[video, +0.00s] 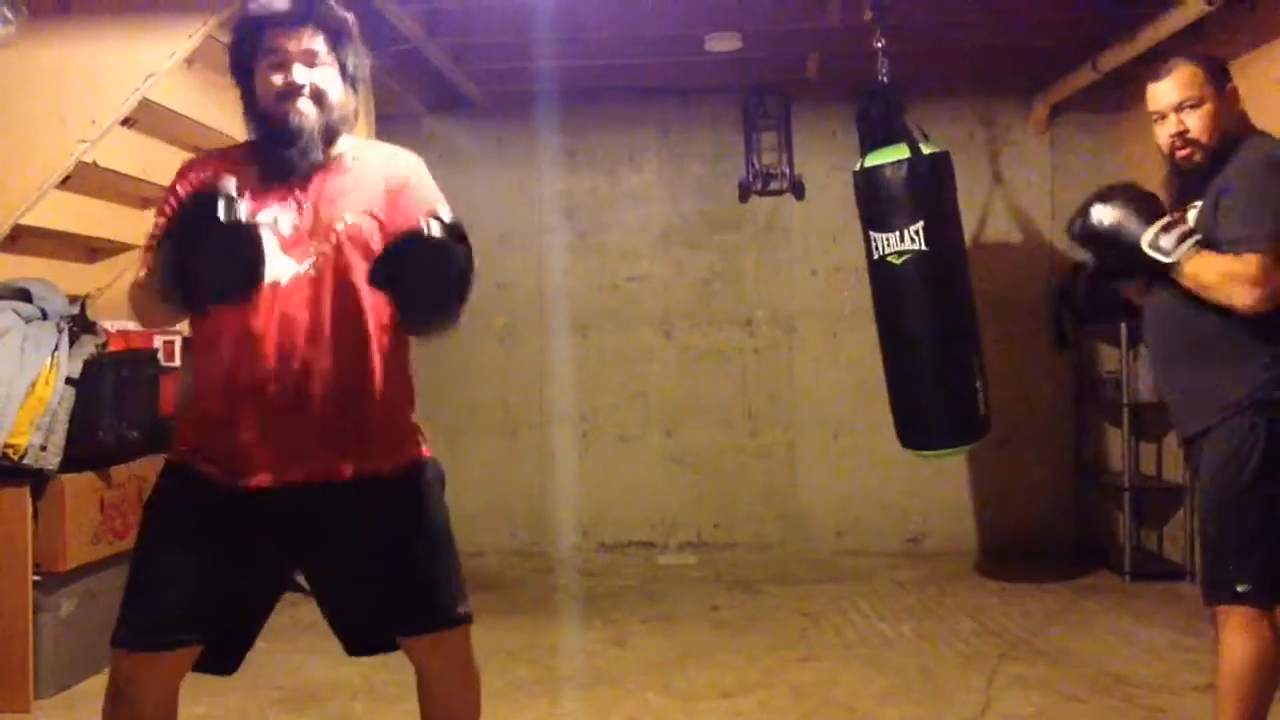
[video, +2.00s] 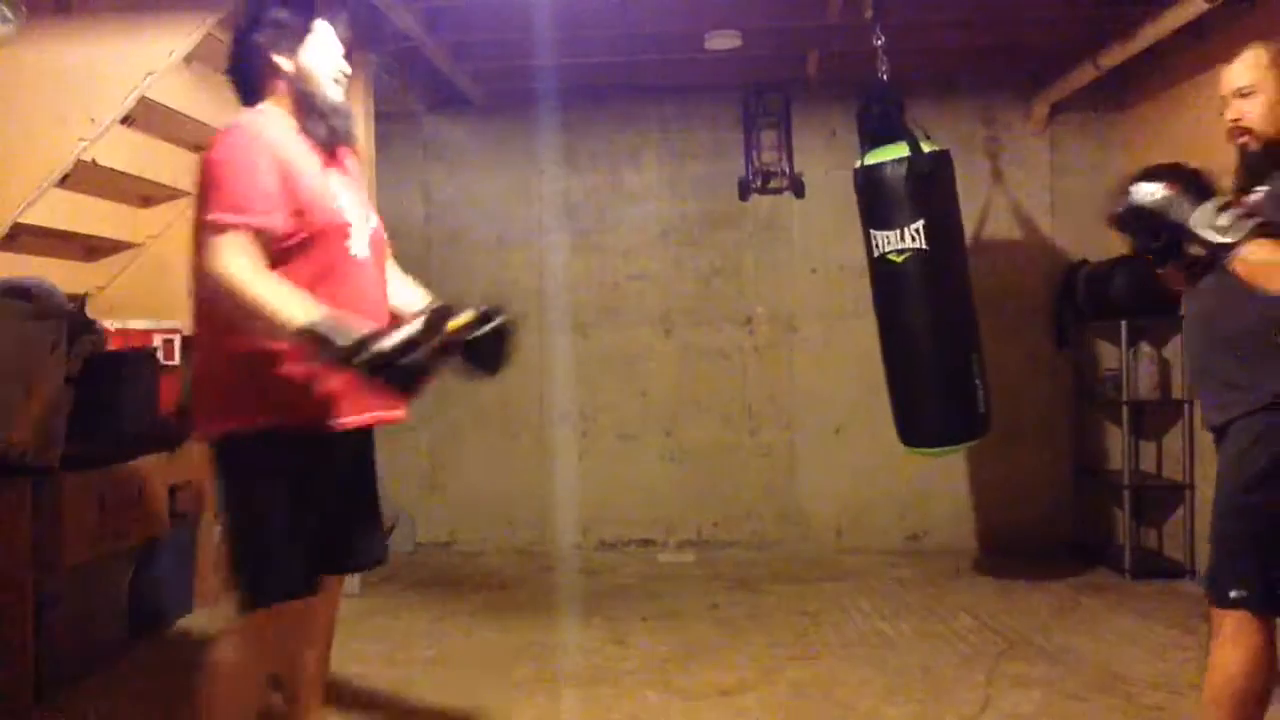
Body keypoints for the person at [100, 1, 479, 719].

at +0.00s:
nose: (295, 77)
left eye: (315, 61)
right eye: (276, 63)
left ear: (348, 78)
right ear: (248, 82)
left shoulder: (396, 171)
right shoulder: (204, 178)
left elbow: (428, 313)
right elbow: (150, 310)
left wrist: (435, 289)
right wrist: (186, 272)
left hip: (372, 469)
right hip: (221, 472)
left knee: (443, 645)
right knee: (143, 664)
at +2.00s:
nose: (345, 62)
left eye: (342, 47)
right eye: (328, 45)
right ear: (278, 55)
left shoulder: (337, 152)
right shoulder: (246, 138)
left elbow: (374, 267)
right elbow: (226, 264)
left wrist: (437, 320)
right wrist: (336, 329)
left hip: (334, 412)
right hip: (267, 415)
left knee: (322, 588)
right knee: (274, 608)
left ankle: (305, 711)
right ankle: (231, 711)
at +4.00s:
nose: (681, 83)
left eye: (682, 66)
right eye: (673, 65)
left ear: (611, 62)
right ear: (625, 60)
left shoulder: (588, 119)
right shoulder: (597, 124)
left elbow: (673, 235)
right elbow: (676, 244)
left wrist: (767, 222)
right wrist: (785, 213)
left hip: (523, 390)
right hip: (568, 399)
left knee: (497, 558)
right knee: (599, 595)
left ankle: (413, 705)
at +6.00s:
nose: (422, 61)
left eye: (429, 48)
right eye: (404, 46)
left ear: (438, 55)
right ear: (356, 51)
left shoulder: (454, 124)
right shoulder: (307, 110)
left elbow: (475, 233)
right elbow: (295, 218)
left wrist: (488, 289)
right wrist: (402, 191)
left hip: (445, 360)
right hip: (347, 363)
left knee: (469, 530)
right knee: (377, 546)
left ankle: (415, 688)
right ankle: (360, 708)